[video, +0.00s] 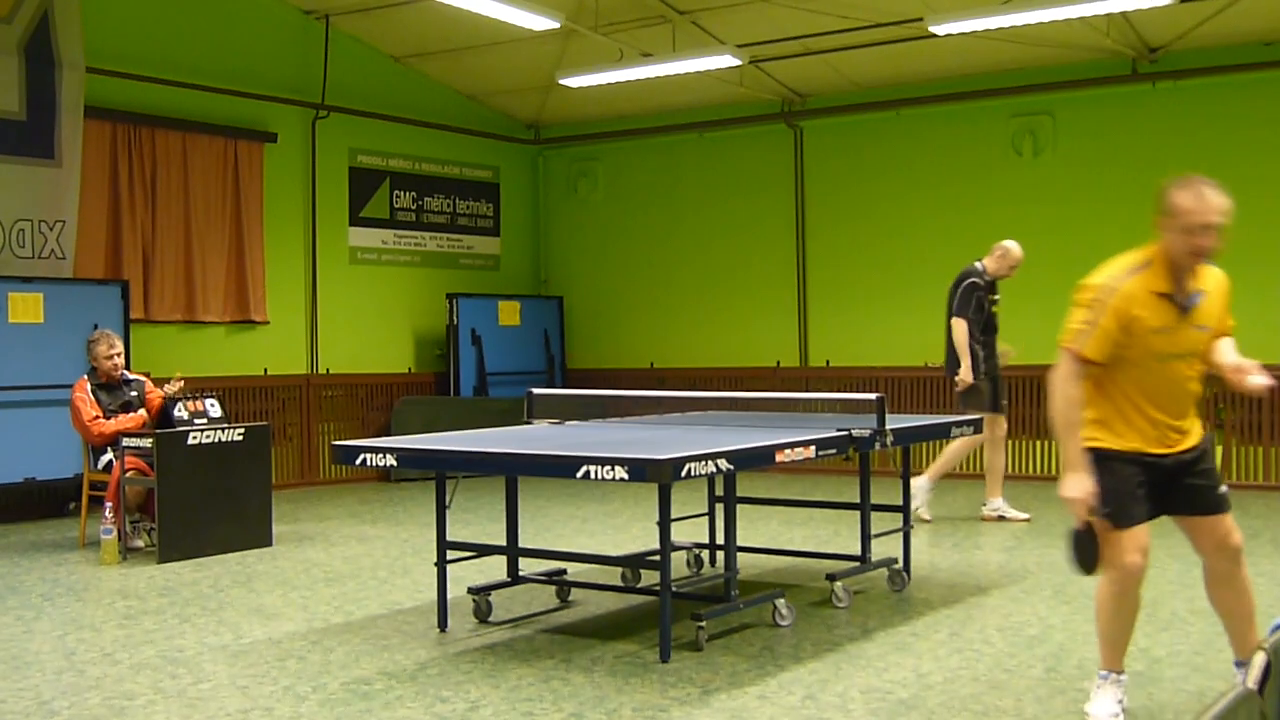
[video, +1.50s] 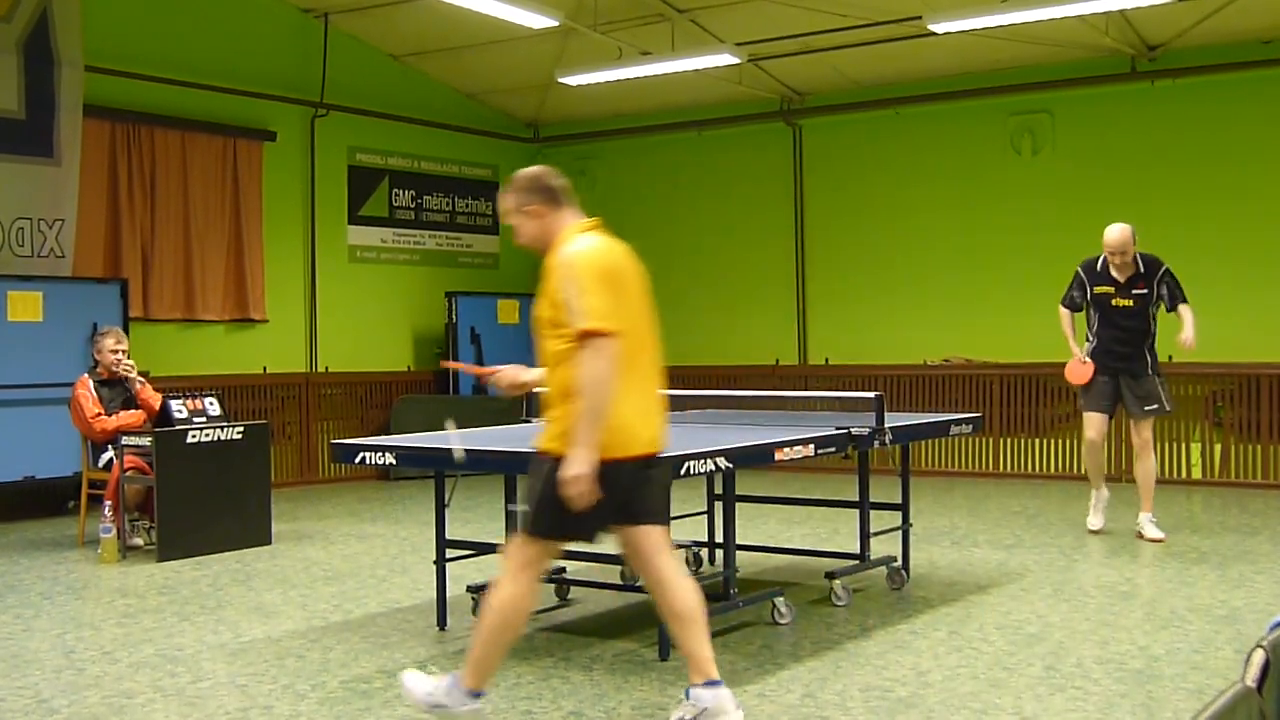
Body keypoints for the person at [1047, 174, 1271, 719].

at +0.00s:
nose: (1204, 242)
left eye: (1214, 230)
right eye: (1192, 230)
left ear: (1223, 230)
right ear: (1162, 226)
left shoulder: (1214, 282)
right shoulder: (1112, 286)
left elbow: (1217, 340)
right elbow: (1065, 372)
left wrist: (1236, 366)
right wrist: (1073, 465)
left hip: (1183, 440)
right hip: (1114, 446)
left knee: (1225, 545)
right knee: (1127, 561)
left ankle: (1251, 666)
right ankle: (1109, 681)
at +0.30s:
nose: (1038, 198)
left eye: (1048, 185)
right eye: (1027, 188)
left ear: (1080, 180)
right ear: (1017, 192)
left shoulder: (1130, 247)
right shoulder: (993, 261)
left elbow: (1170, 300)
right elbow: (964, 344)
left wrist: (1157, 347)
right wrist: (984, 414)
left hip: (1109, 420)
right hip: (1035, 428)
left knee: (1100, 542)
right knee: (1067, 553)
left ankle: (1106, 684)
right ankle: (1104, 669)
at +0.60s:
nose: (932, 201)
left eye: (943, 187)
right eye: (923, 191)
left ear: (978, 184)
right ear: (917, 197)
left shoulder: (1032, 257)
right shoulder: (917, 261)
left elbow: (1101, 323)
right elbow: (902, 341)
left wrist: (1039, 367)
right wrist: (897, 412)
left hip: (1010, 429)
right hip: (949, 435)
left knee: (968, 563)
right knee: (980, 568)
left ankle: (993, 711)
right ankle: (1069, 647)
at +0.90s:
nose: (791, 206)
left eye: (799, 189)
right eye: (783, 195)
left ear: (836, 177)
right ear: (785, 195)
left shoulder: (879, 236)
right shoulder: (818, 250)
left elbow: (862, 312)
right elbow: (838, 353)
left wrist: (798, 270)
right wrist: (807, 414)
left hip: (895, 429)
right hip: (838, 431)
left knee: (925, 565)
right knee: (810, 559)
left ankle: (983, 704)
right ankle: (766, 690)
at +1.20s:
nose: (648, 231)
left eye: (649, 216)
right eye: (643, 219)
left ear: (679, 198)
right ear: (678, 202)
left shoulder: (729, 243)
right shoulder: (709, 248)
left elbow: (712, 342)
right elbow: (719, 348)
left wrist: (655, 414)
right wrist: (687, 437)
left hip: (740, 437)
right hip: (717, 436)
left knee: (707, 564)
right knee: (698, 563)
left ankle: (849, 660)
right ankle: (717, 700)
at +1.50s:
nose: (514, 235)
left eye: (513, 221)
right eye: (510, 223)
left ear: (538, 209)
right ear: (552, 207)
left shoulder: (576, 255)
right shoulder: (611, 251)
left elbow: (600, 351)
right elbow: (613, 360)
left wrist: (584, 449)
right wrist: (533, 377)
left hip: (580, 449)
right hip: (634, 446)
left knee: (521, 566)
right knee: (658, 562)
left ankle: (466, 686)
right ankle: (709, 687)